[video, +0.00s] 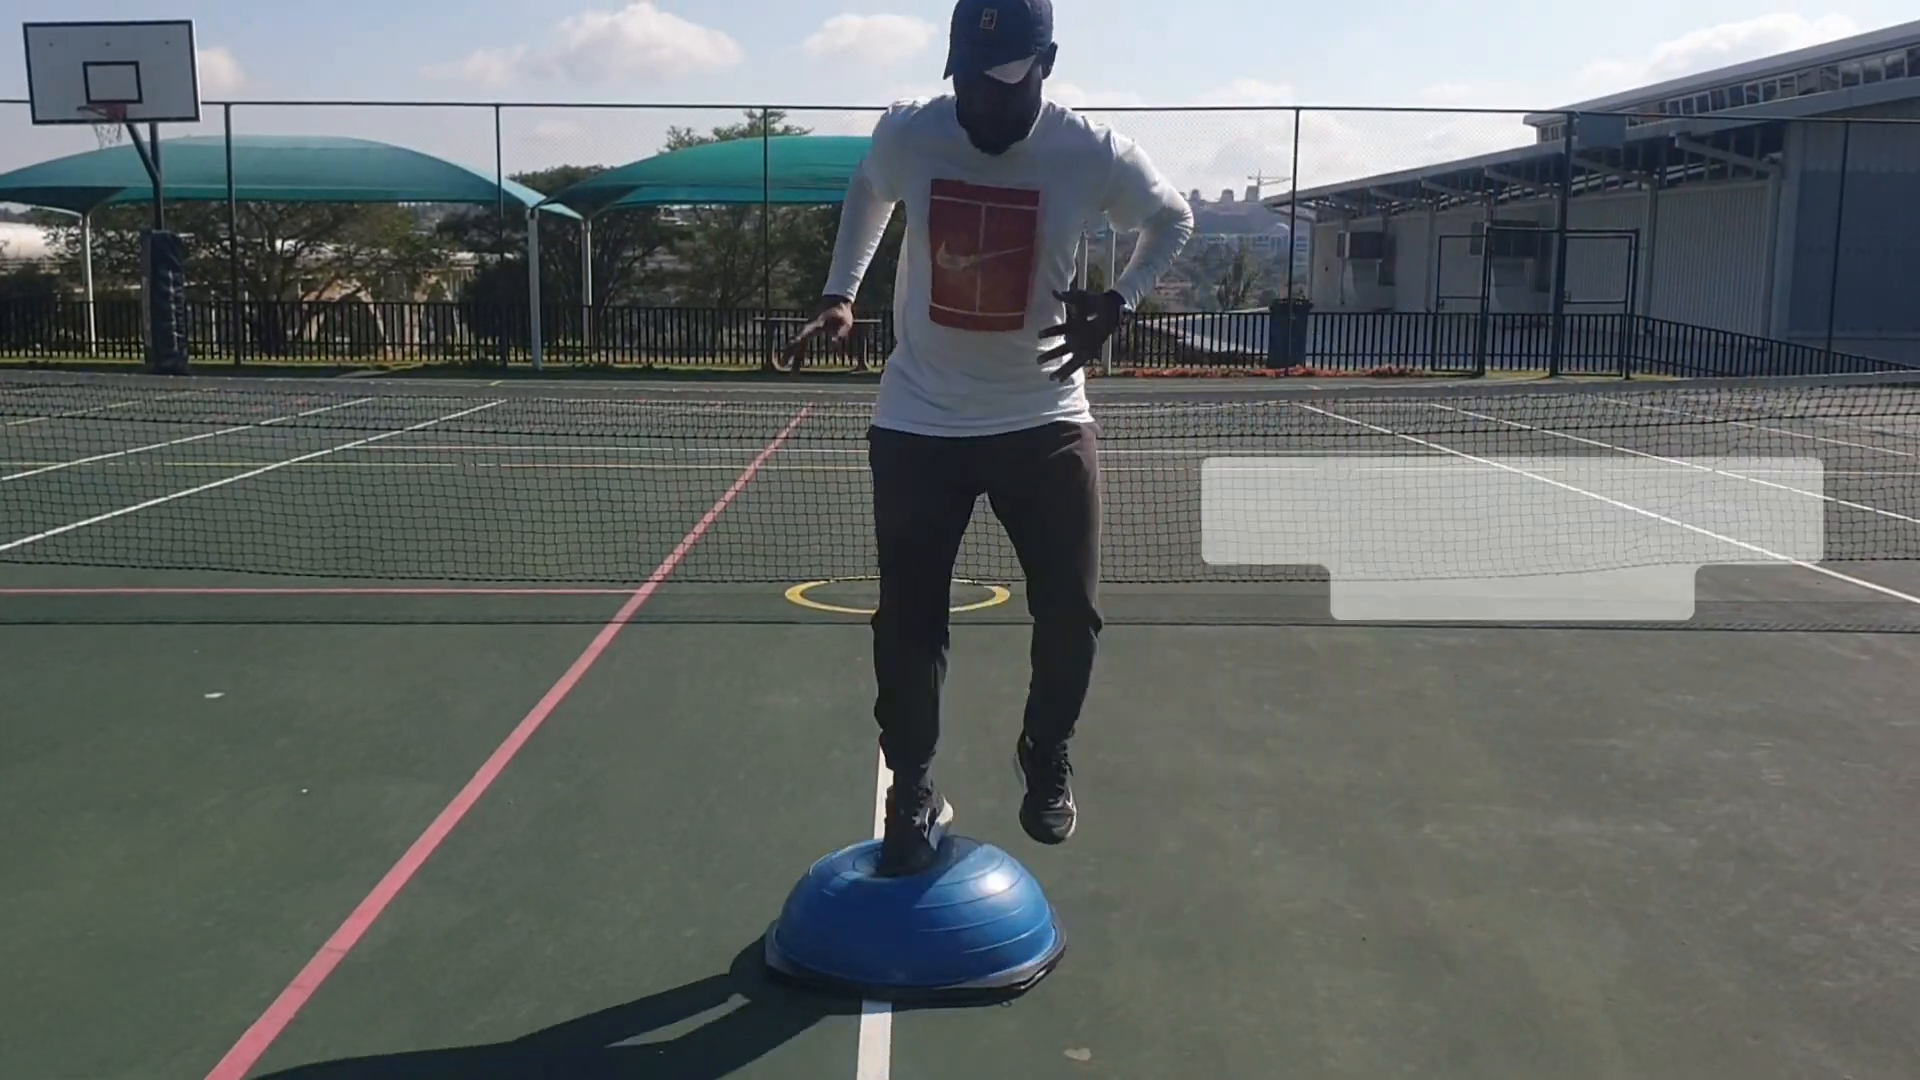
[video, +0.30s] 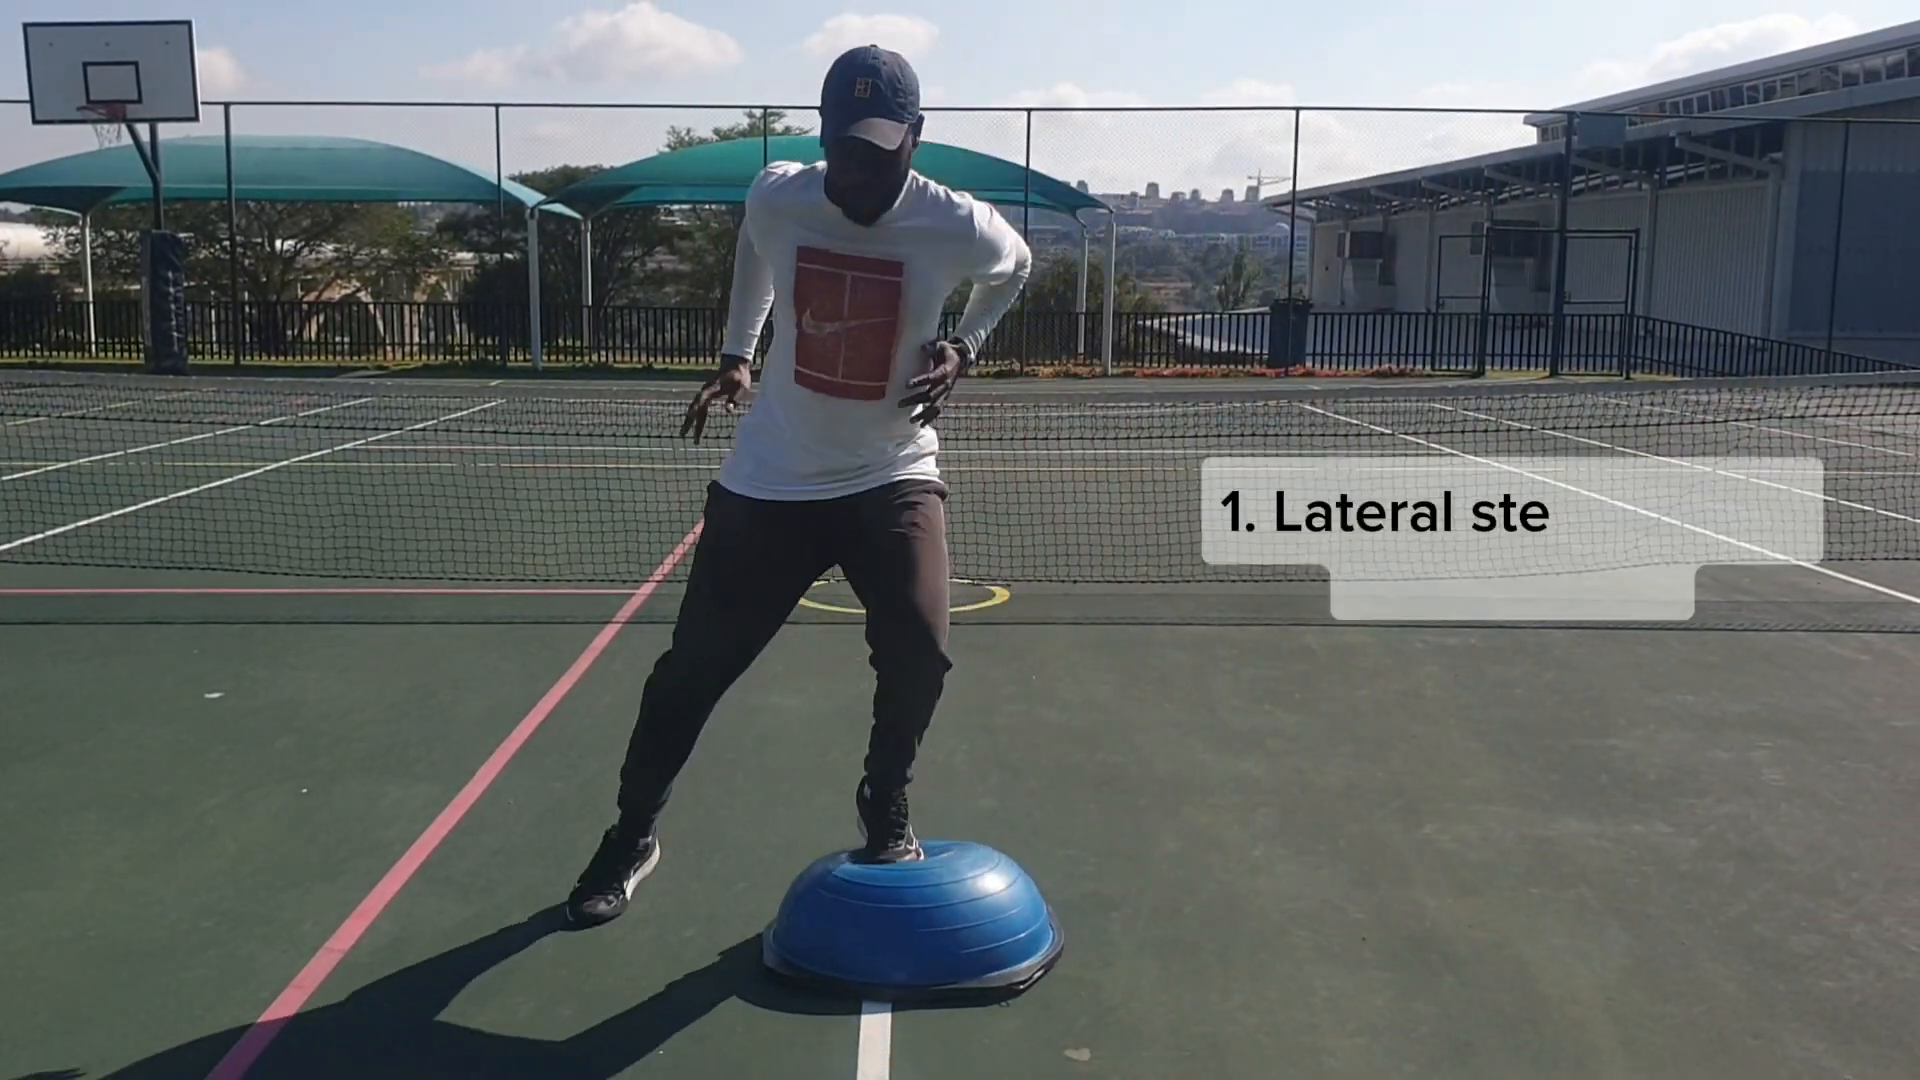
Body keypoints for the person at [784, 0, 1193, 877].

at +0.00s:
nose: (983, 99)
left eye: (1003, 81)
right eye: (971, 80)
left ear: (1041, 66)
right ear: (954, 64)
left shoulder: (1085, 152)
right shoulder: (906, 134)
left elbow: (1173, 218)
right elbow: (871, 194)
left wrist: (1118, 301)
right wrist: (841, 290)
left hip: (1043, 419)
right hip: (919, 419)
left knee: (1070, 608)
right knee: (908, 613)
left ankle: (1048, 761)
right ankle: (912, 795)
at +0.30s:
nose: (866, 172)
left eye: (886, 152)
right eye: (850, 149)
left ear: (916, 141)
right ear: (823, 136)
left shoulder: (961, 226)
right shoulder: (776, 200)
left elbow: (1011, 266)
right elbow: (756, 262)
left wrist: (962, 346)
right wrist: (740, 353)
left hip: (893, 473)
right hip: (771, 473)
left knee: (921, 651)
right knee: (692, 668)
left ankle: (885, 796)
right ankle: (630, 837)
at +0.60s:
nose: (891, 138)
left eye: (907, 119)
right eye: (874, 120)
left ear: (935, 116)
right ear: (844, 117)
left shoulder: (974, 198)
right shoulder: (790, 205)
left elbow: (1063, 243)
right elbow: (686, 297)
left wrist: (1032, 272)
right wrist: (743, 295)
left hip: (920, 471)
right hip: (800, 471)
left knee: (927, 665)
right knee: (732, 662)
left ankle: (891, 834)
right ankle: (678, 818)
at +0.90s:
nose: (1030, 96)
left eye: (1042, 77)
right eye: (1012, 75)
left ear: (1058, 68)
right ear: (970, 61)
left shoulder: (1086, 142)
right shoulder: (904, 160)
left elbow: (1115, 184)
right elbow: (804, 215)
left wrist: (1097, 243)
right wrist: (820, 322)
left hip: (1063, 403)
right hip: (948, 410)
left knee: (1121, 594)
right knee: (968, 600)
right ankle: (963, 793)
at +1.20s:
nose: (1052, 213)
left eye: (1071, 197)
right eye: (1038, 194)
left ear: (1098, 202)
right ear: (1013, 193)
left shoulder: (1138, 287)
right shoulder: (953, 288)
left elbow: (1204, 381)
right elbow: (887, 356)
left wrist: (1158, 401)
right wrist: (895, 416)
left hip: (1101, 505)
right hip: (987, 503)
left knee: (1185, 674)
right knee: (984, 628)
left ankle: (1198, 828)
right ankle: (955, 815)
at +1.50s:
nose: (936, 86)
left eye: (954, 68)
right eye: (922, 66)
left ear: (986, 56)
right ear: (895, 50)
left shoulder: (1035, 140)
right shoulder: (833, 139)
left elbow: (1079, 190)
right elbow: (778, 195)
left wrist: (1052, 254)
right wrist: (792, 285)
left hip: (988, 382)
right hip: (864, 379)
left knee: (1012, 561)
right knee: (833, 566)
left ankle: (950, 727)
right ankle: (861, 724)